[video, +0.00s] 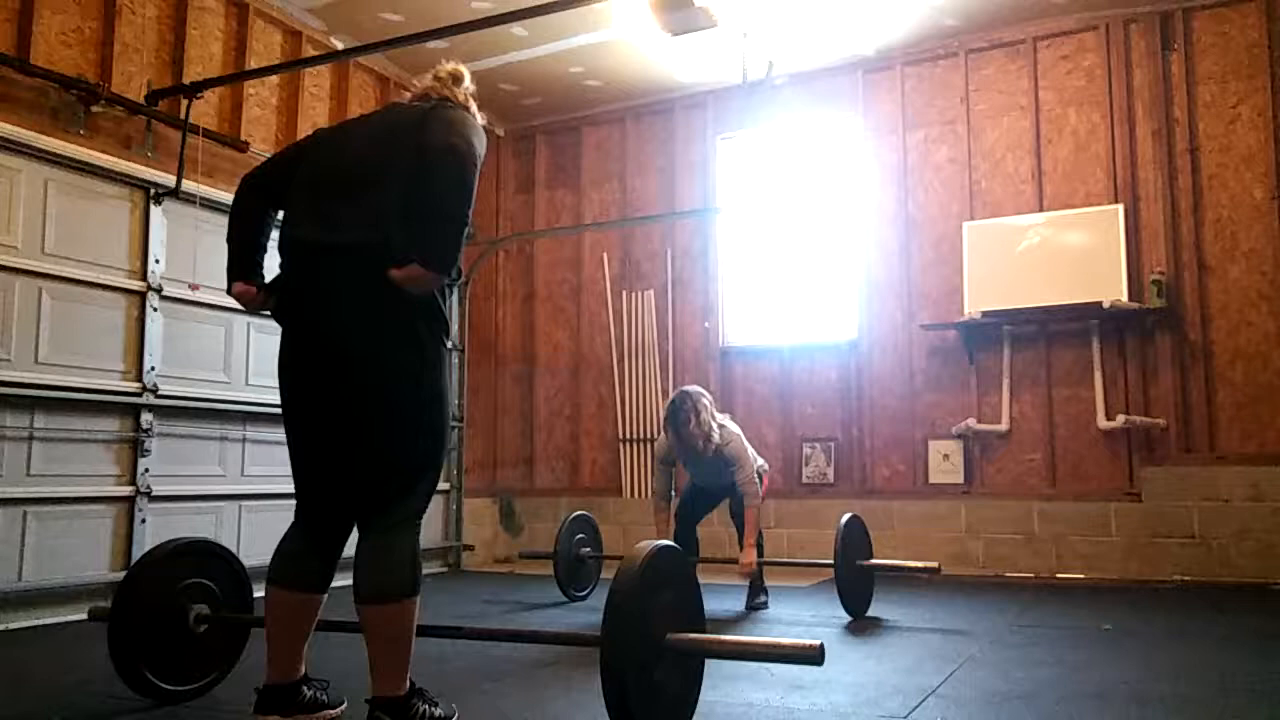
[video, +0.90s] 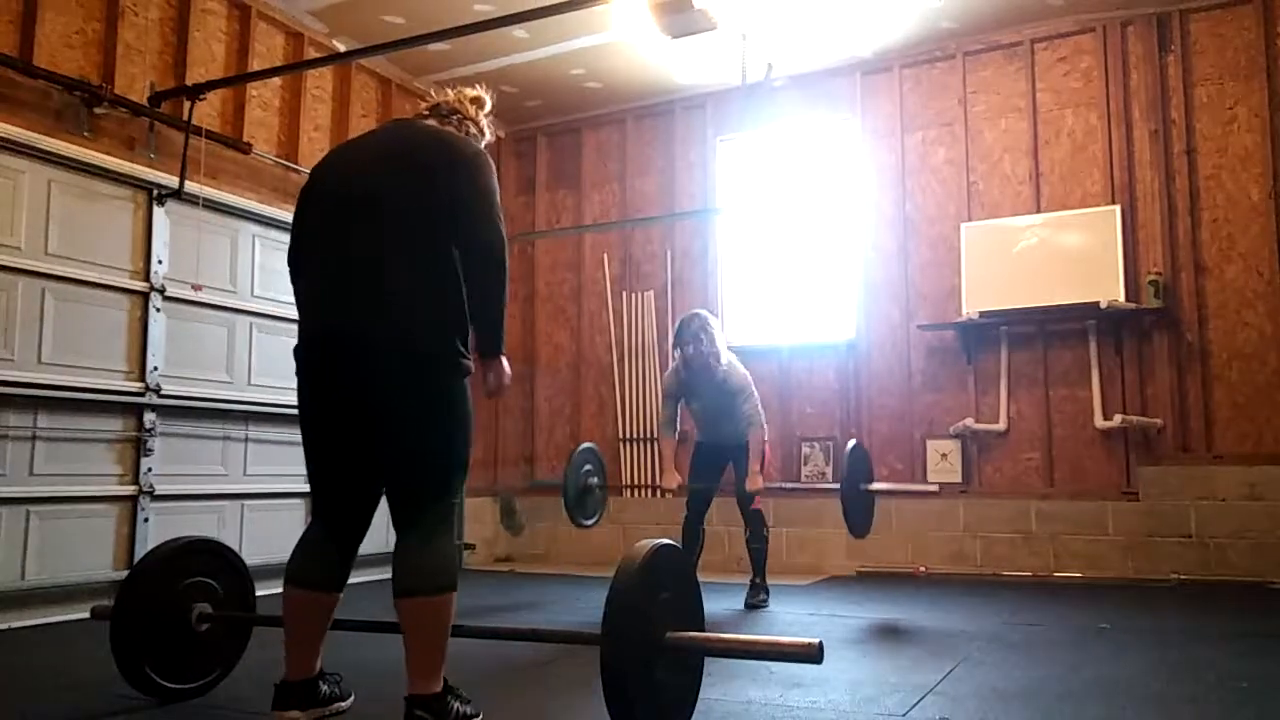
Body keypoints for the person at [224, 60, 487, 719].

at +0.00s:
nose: (475, 132)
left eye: (474, 124)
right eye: (475, 122)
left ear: (411, 96)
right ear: (463, 106)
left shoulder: (342, 135)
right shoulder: (457, 122)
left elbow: (257, 186)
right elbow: (450, 163)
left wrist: (244, 272)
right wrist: (436, 260)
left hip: (308, 329)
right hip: (396, 330)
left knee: (321, 508)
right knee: (394, 514)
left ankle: (281, 687)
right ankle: (392, 699)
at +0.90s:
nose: (488, 151)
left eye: (491, 145)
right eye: (488, 145)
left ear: (426, 113)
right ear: (475, 130)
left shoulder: (343, 153)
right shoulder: (463, 155)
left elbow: (301, 251)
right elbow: (485, 245)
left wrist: (329, 328)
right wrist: (490, 346)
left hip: (328, 357)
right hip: (420, 359)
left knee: (334, 514)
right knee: (429, 520)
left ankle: (298, 681)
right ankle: (427, 695)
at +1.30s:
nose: (506, 204)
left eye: (506, 196)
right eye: (507, 195)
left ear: (449, 172)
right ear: (496, 185)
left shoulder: (387, 200)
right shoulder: (487, 222)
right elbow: (493, 325)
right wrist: (495, 419)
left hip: (287, 348)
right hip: (382, 363)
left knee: (311, 515)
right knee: (404, 524)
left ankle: (294, 684)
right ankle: (422, 694)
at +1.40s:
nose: (513, 259)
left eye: (513, 249)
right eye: (513, 250)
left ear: (457, 225)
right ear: (503, 246)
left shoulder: (395, 241)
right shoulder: (491, 277)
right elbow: (496, 382)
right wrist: (492, 472)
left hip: (273, 346)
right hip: (371, 370)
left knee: (307, 519)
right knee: (402, 533)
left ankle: (296, 685)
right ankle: (422, 695)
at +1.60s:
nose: (511, 355)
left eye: (512, 348)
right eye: (511, 347)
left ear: (468, 317)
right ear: (504, 339)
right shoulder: (489, 361)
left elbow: (343, 460)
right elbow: (490, 478)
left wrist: (330, 575)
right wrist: (492, 577)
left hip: (259, 361)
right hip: (369, 370)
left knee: (316, 518)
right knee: (423, 529)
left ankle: (298, 686)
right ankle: (425, 694)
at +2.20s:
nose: (500, 357)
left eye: (501, 349)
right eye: (500, 349)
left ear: (448, 319)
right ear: (492, 340)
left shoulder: (397, 335)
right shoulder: (482, 368)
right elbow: (493, 487)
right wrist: (496, 588)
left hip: (248, 380)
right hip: (362, 392)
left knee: (333, 522)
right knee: (427, 530)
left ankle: (298, 686)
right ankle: (426, 695)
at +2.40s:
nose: (497, 304)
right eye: (497, 293)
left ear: (443, 266)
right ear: (489, 287)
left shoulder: (391, 282)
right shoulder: (478, 313)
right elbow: (493, 428)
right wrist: (497, 517)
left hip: (250, 349)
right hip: (357, 366)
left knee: (312, 521)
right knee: (410, 527)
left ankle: (296, 686)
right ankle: (425, 696)